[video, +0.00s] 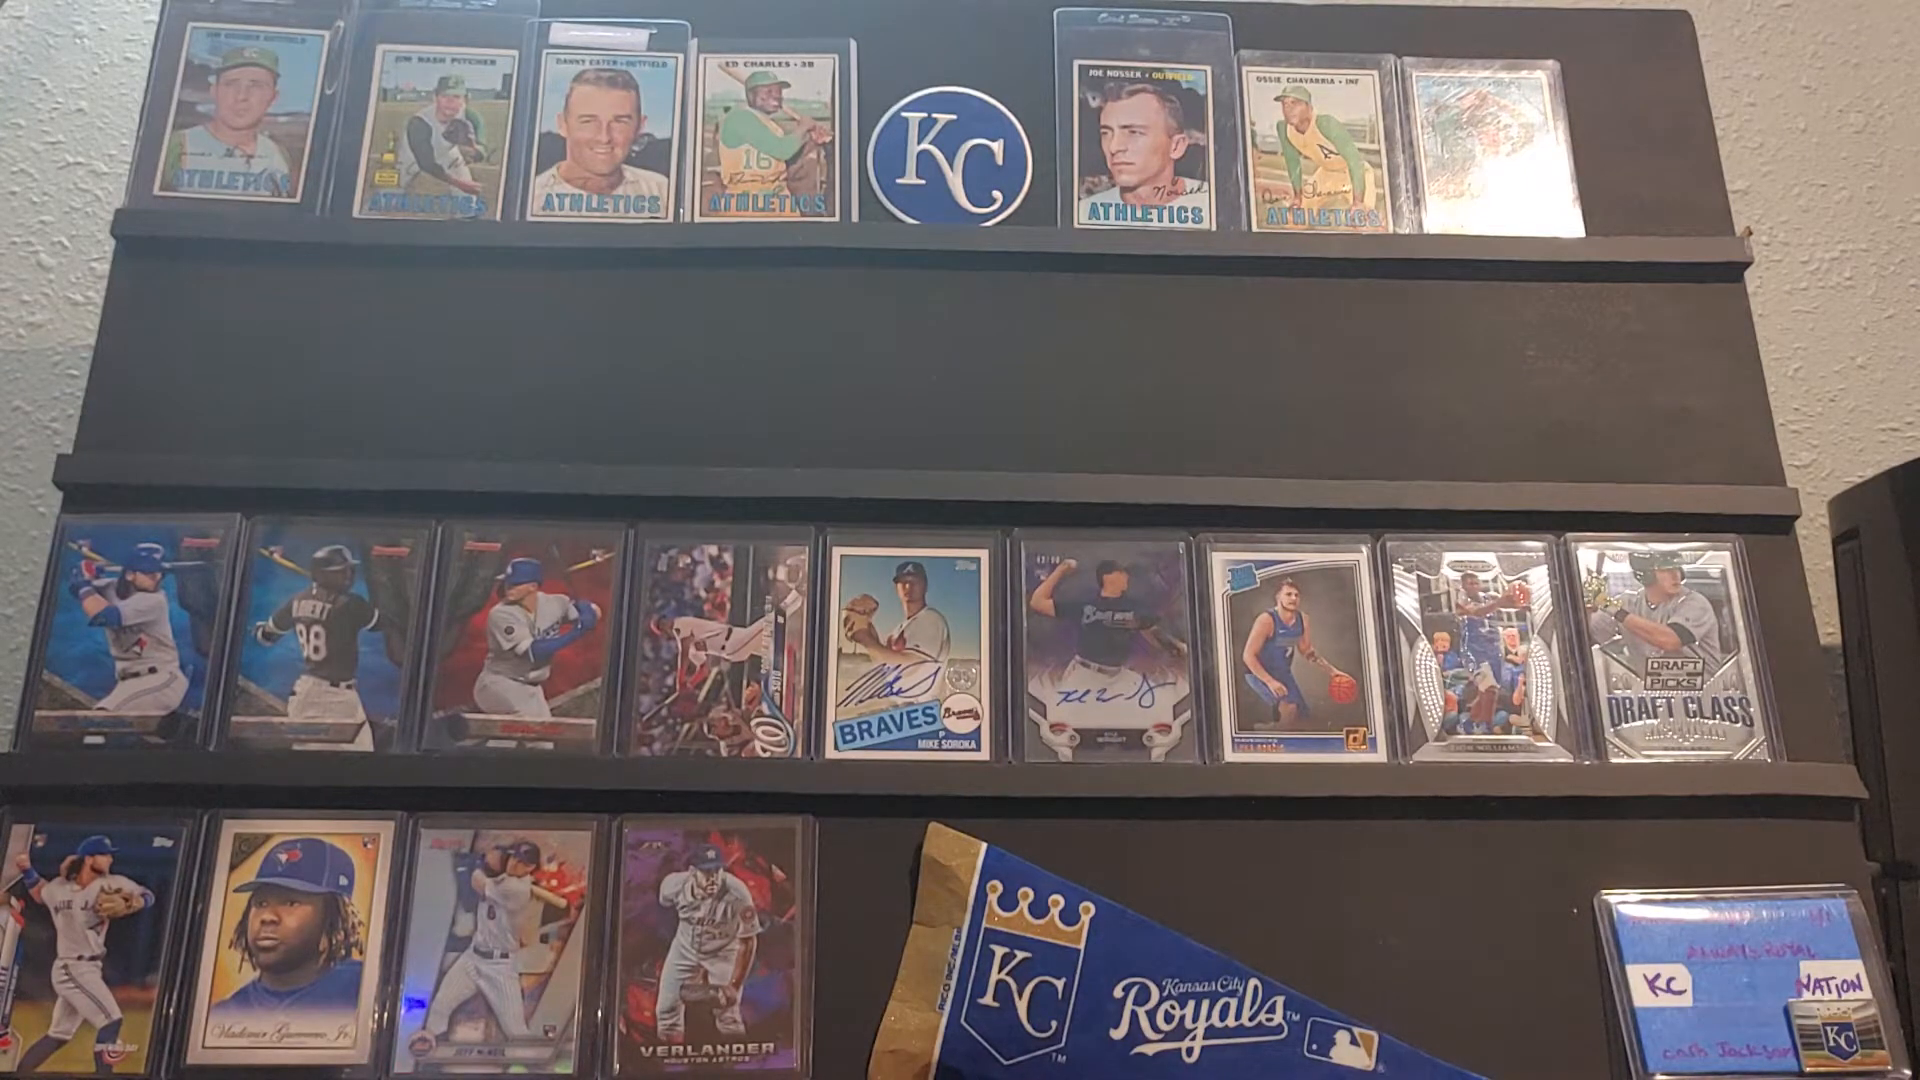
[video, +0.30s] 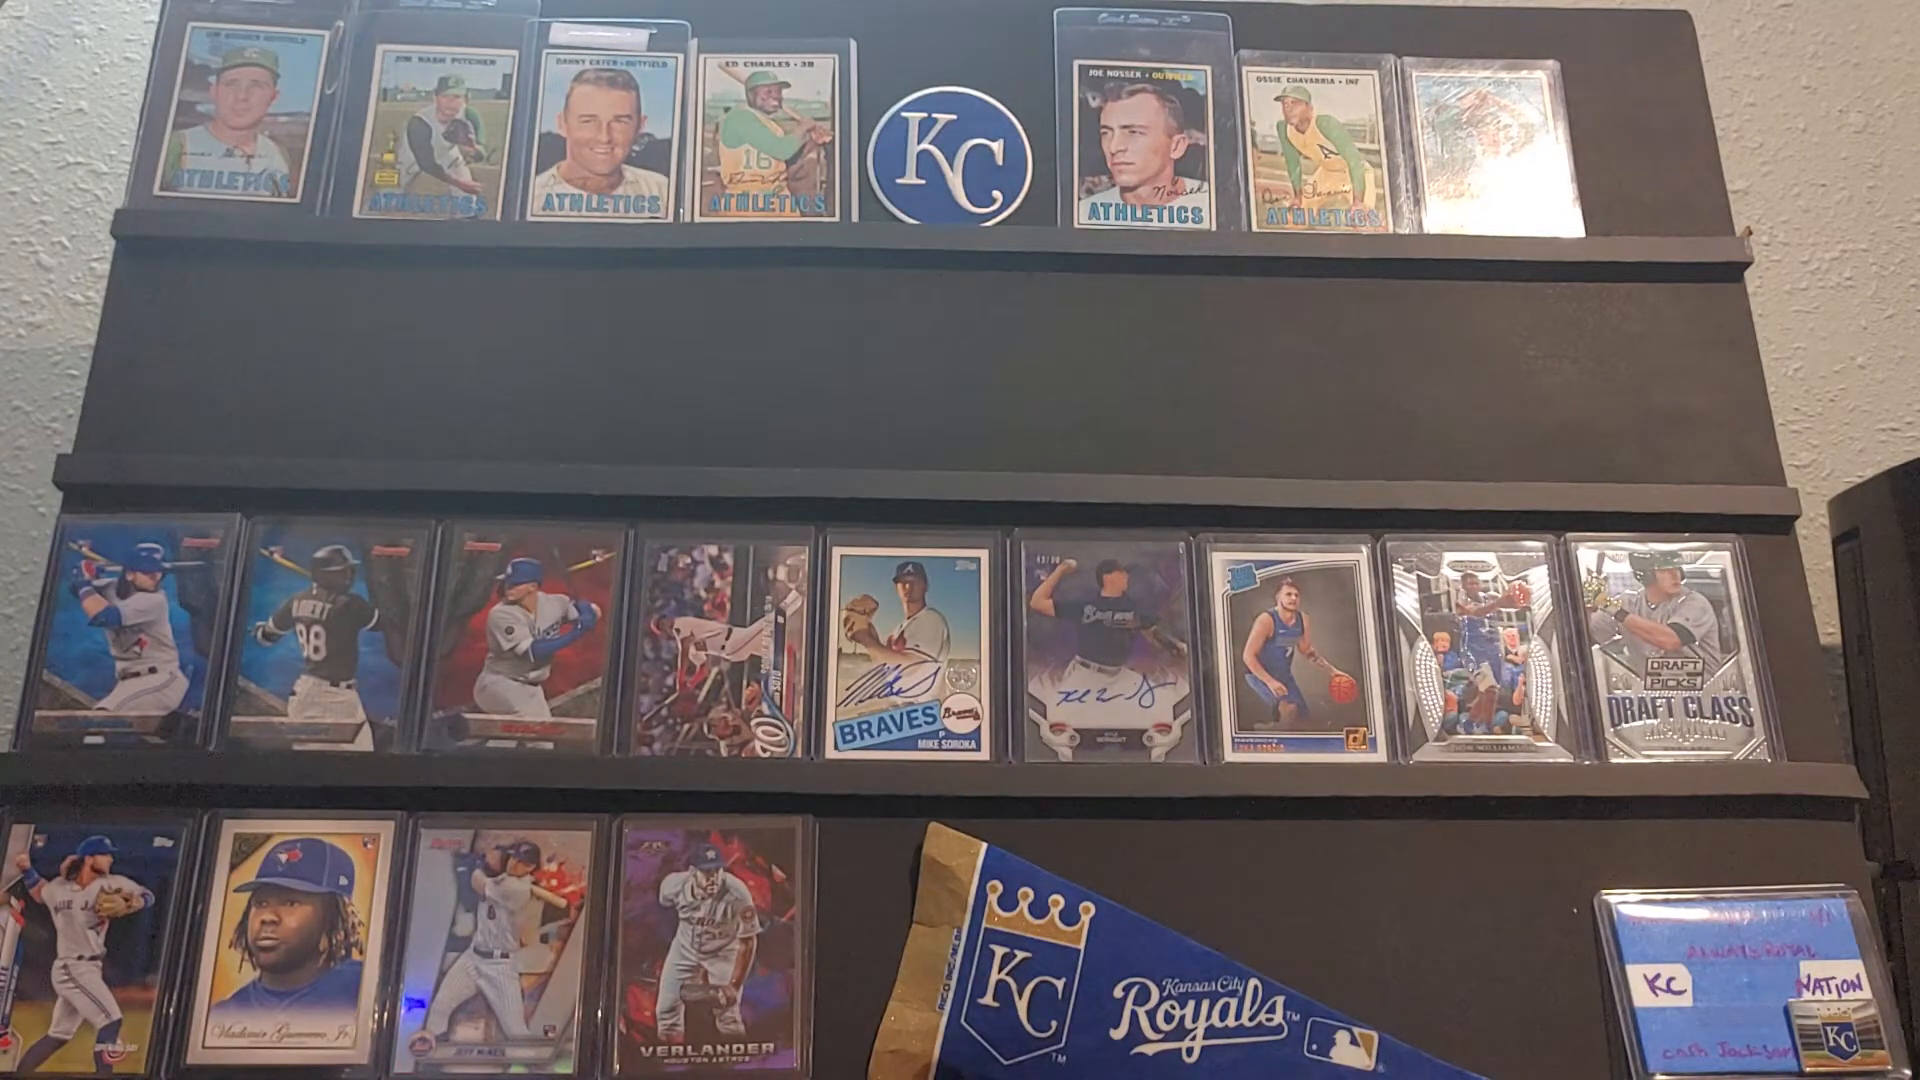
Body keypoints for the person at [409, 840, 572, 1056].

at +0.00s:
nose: (514, 864)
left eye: (521, 862)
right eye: (514, 859)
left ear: (530, 868)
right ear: (510, 858)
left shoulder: (517, 889)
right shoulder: (503, 879)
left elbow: (477, 882)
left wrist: (483, 865)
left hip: (500, 965)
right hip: (472, 958)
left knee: (515, 1029)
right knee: (440, 1005)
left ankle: (536, 1070)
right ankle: (424, 1062)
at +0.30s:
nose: (514, 864)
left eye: (520, 862)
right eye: (513, 859)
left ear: (530, 868)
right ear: (509, 858)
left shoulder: (518, 890)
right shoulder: (502, 879)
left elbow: (477, 882)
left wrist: (479, 866)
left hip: (500, 965)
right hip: (473, 957)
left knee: (515, 1031)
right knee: (440, 1006)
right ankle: (426, 1065)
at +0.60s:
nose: (514, 863)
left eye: (520, 861)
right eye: (513, 858)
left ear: (530, 868)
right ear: (510, 859)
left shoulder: (518, 890)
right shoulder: (503, 879)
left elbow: (478, 883)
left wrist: (480, 866)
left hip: (500, 965)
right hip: (472, 958)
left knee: (515, 1030)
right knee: (440, 1006)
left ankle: (536, 1069)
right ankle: (424, 1064)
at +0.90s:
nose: (513, 863)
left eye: (519, 861)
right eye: (513, 858)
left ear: (530, 868)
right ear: (510, 859)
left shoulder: (518, 889)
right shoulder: (503, 880)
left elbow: (478, 883)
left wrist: (479, 867)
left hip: (500, 965)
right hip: (472, 958)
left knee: (516, 1030)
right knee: (439, 1007)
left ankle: (536, 1069)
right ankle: (425, 1066)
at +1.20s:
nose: (514, 863)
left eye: (521, 861)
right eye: (514, 858)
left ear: (531, 868)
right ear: (510, 859)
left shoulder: (518, 889)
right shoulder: (502, 879)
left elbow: (478, 883)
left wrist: (480, 866)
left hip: (501, 965)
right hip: (473, 958)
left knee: (516, 1031)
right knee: (439, 1007)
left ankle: (534, 1070)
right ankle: (424, 1065)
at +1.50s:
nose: (514, 863)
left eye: (521, 861)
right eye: (514, 859)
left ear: (531, 868)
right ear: (510, 859)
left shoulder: (518, 889)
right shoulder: (502, 879)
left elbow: (478, 883)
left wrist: (480, 866)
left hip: (500, 965)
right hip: (473, 958)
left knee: (516, 1031)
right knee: (439, 1007)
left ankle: (534, 1070)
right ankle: (423, 1065)